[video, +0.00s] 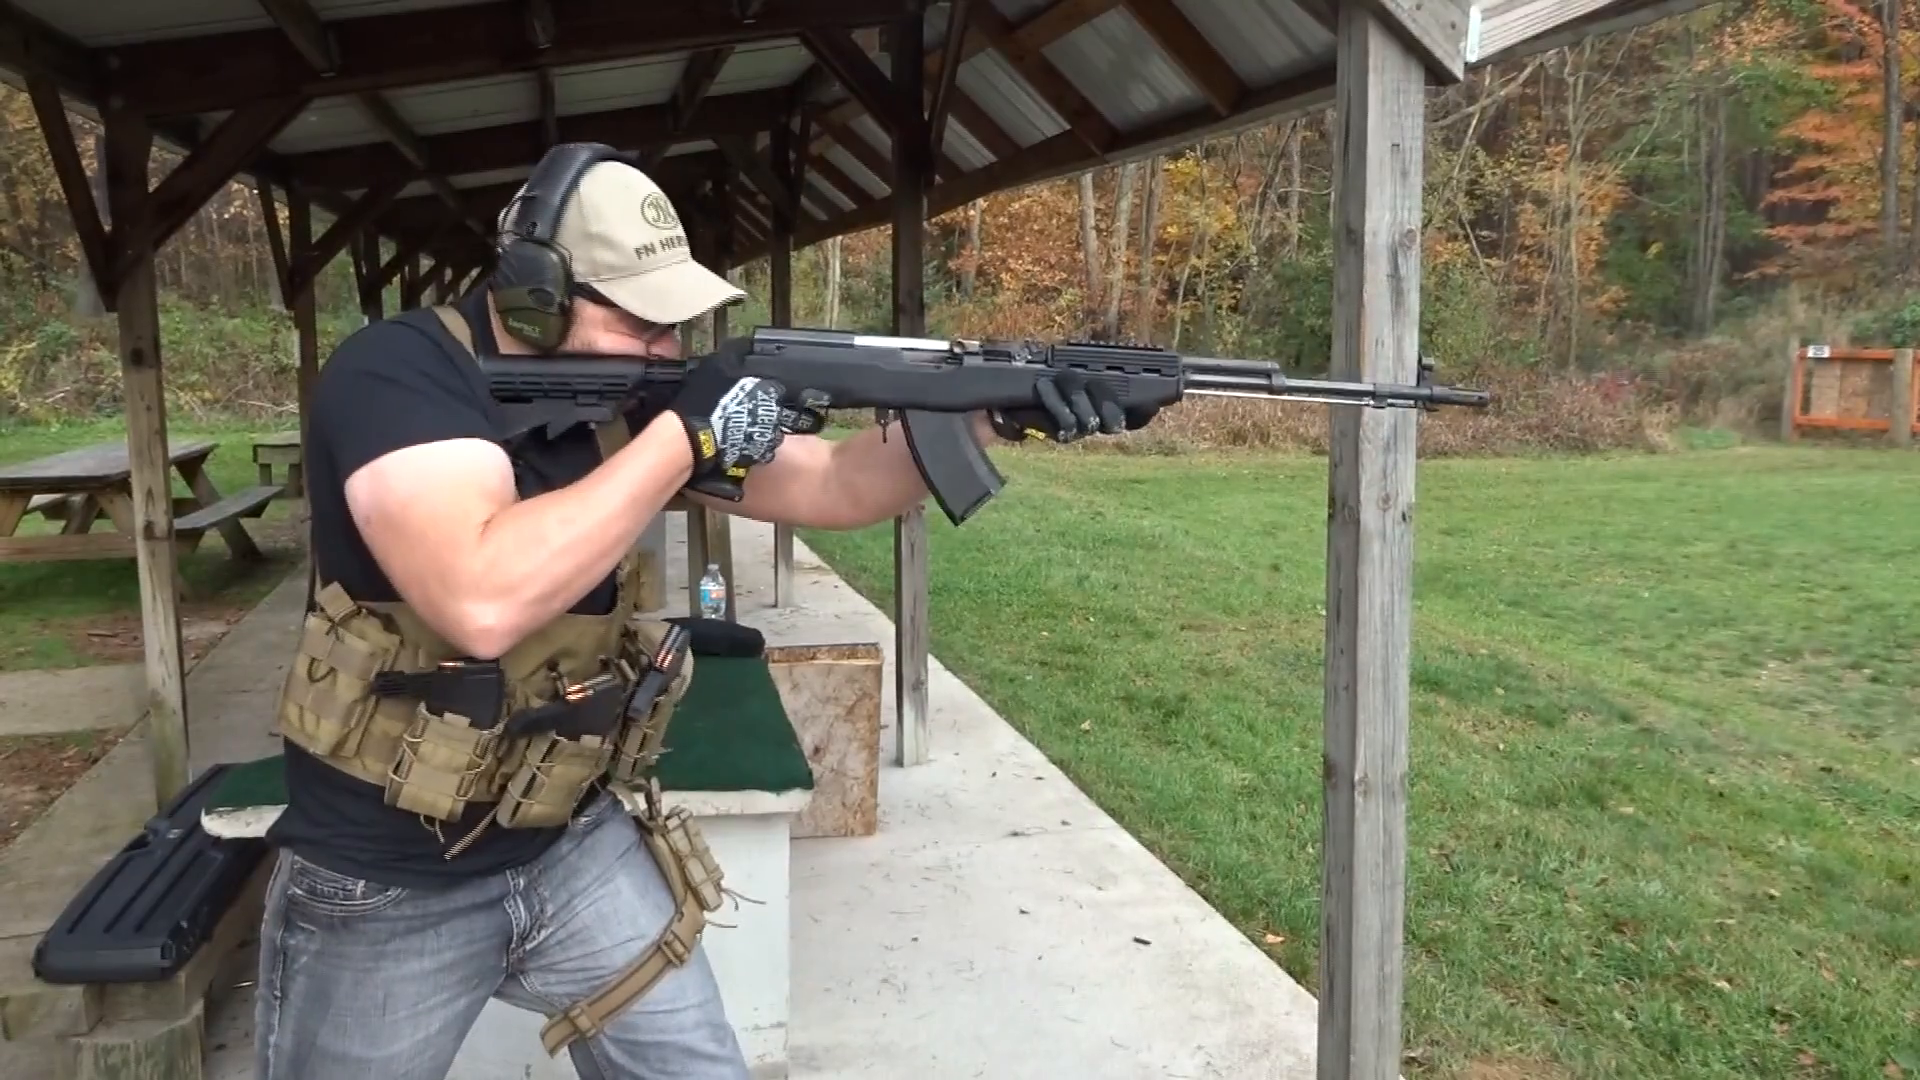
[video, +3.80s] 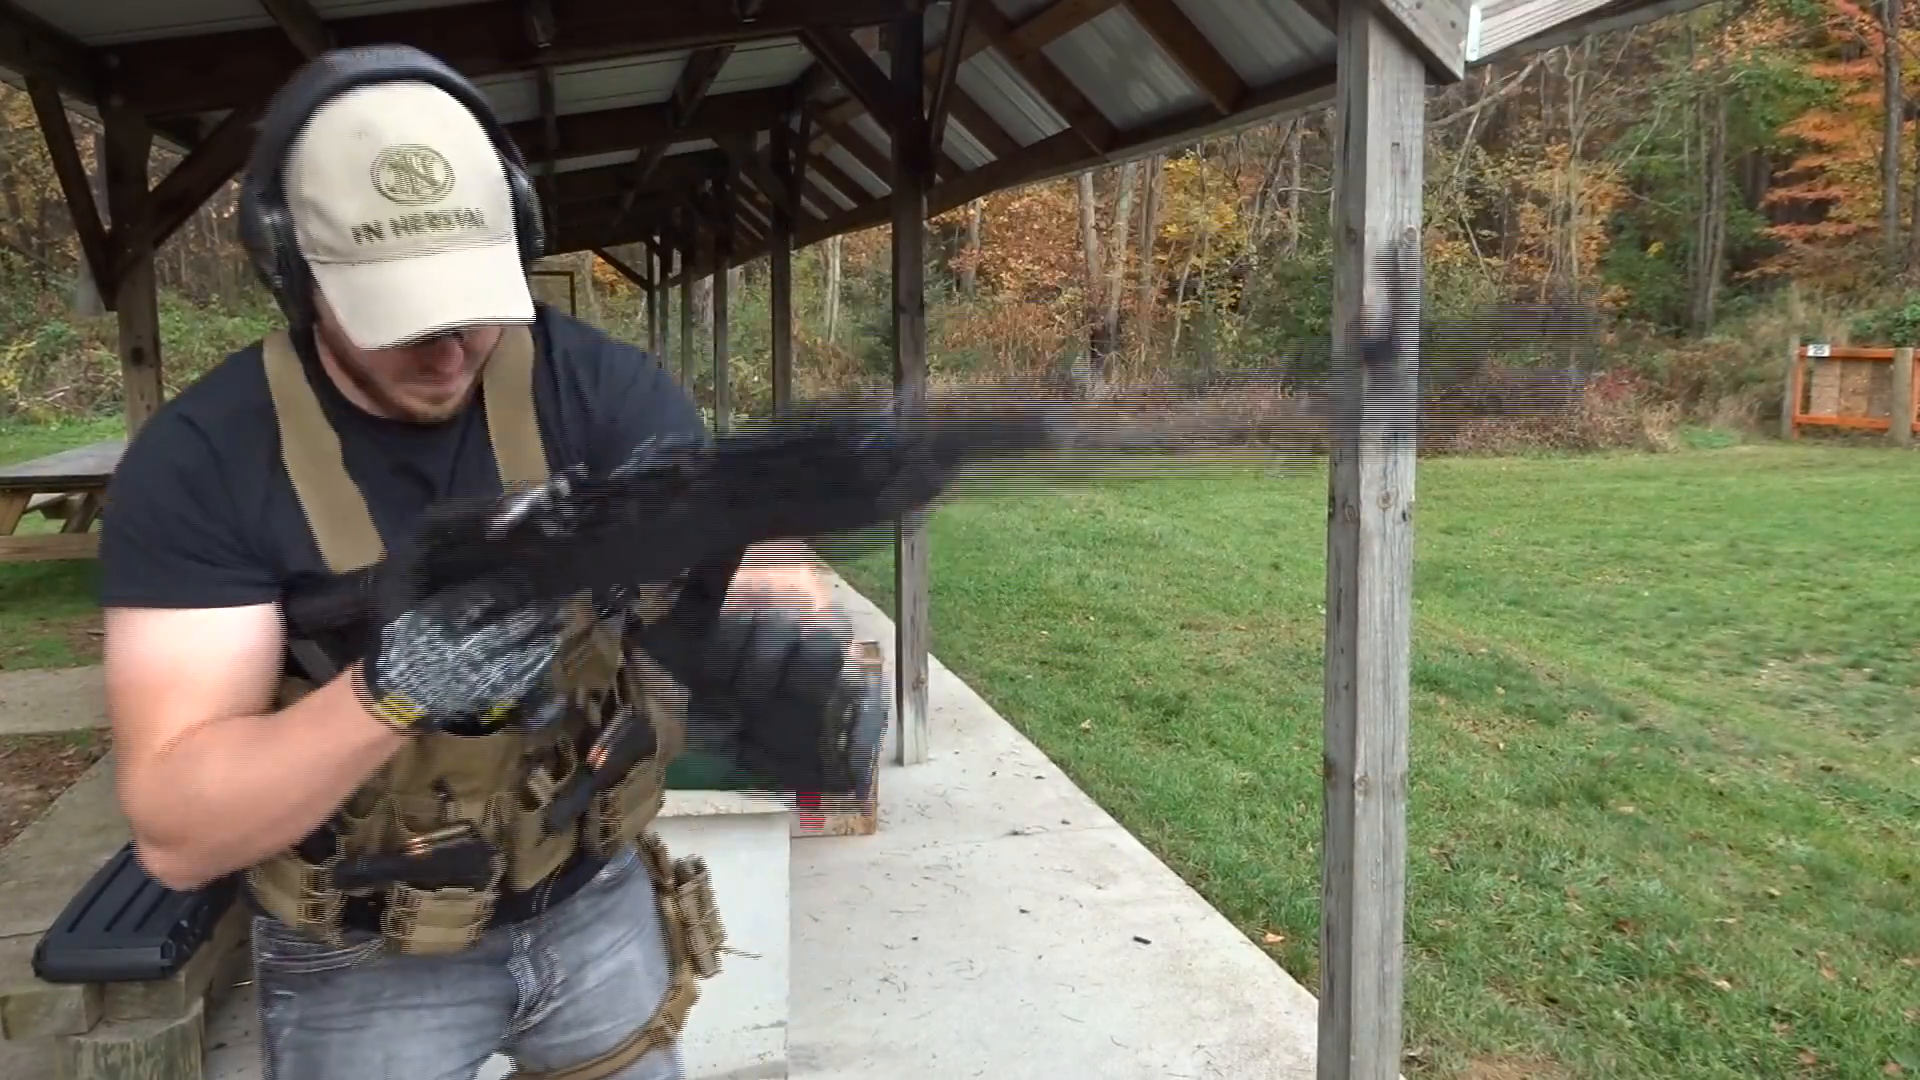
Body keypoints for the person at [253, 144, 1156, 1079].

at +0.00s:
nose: (659, 348)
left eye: (667, 325)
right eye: (632, 325)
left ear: (665, 298)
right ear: (535, 298)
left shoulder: (627, 392)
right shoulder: (388, 378)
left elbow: (833, 480)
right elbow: (481, 600)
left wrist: (1014, 402)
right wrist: (684, 432)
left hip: (579, 845)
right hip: (385, 890)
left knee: (701, 1061)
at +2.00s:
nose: (628, 352)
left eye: (638, 326)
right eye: (599, 326)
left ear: (646, 299)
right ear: (499, 297)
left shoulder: (604, 407)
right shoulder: (358, 379)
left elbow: (810, 482)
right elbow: (443, 601)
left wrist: (988, 400)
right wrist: (654, 432)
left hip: (573, 849)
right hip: (378, 894)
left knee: (695, 1066)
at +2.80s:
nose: (752, 278)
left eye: (756, 249)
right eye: (723, 250)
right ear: (623, 240)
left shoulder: (741, 385)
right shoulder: (497, 375)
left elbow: (897, 525)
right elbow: (528, 622)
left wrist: (985, 458)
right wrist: (769, 500)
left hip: (693, 827)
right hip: (493, 860)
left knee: (787, 1066)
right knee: (428, 1066)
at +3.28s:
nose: (622, 283)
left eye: (639, 243)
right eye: (579, 255)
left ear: (672, 236)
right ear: (503, 260)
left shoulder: (729, 357)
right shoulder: (430, 421)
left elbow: (915, 510)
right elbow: (450, 745)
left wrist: (969, 470)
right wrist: (699, 571)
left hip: (721, 847)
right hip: (514, 885)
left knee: (785, 1062)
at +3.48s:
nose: (502, 318)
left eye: (520, 271)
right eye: (457, 288)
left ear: (563, 247)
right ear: (377, 285)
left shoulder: (644, 361)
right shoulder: (311, 465)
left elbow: (842, 496)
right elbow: (356, 811)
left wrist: (911, 490)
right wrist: (610, 619)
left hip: (648, 874)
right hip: (431, 937)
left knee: (722, 1060)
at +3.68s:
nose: (446, 330)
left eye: (468, 282)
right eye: (395, 304)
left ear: (502, 230)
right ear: (297, 281)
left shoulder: (587, 356)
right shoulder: (219, 468)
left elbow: (775, 492)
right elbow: (230, 827)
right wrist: (464, 657)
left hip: (616, 893)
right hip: (384, 956)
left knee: (676, 1064)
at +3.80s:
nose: (448, 344)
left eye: (471, 299)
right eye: (400, 315)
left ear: (509, 243)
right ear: (302, 277)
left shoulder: (599, 390)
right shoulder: (203, 463)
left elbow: (767, 580)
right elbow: (177, 828)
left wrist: (802, 658)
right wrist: (396, 689)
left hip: (600, 913)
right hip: (364, 964)